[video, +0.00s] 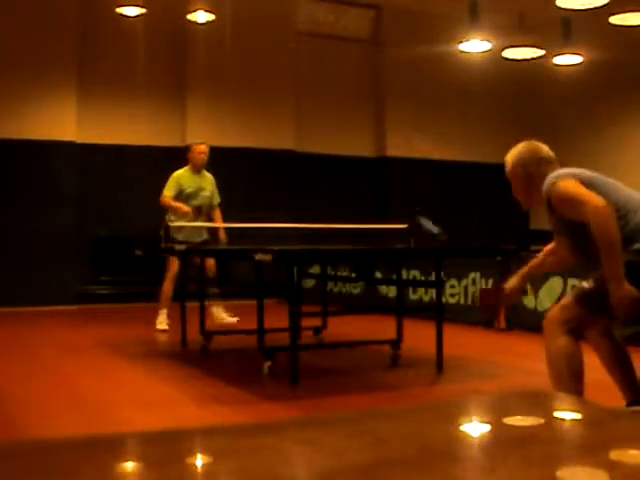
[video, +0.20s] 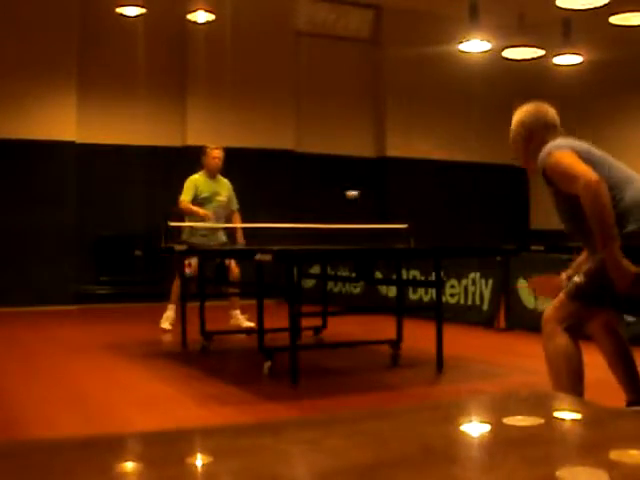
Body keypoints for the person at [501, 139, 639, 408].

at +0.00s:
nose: (513, 190)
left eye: (513, 181)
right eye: (511, 182)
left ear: (527, 176)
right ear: (545, 166)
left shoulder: (557, 185)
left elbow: (599, 210)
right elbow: (565, 249)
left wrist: (617, 282)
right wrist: (520, 279)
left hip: (635, 260)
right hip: (634, 259)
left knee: (557, 321)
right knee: (595, 326)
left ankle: (569, 417)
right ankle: (635, 401)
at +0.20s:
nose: (513, 148)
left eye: (514, 139)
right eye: (512, 140)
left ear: (528, 136)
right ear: (551, 130)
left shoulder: (552, 154)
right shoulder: (571, 148)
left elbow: (592, 184)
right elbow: (604, 228)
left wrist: (613, 258)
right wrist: (576, 270)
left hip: (630, 240)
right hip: (635, 239)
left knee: (554, 321)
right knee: (600, 321)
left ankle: (569, 418)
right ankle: (635, 400)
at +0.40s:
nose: (516, 101)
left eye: (517, 92)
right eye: (516, 92)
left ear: (526, 93)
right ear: (560, 89)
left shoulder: (546, 115)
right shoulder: (576, 117)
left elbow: (568, 157)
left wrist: (580, 231)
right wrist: (547, 238)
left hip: (616, 227)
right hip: (635, 225)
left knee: (548, 315)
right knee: (603, 316)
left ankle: (565, 410)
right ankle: (633, 397)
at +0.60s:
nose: (520, 60)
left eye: (521, 54)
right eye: (523, 54)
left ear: (525, 55)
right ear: (566, 56)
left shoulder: (536, 79)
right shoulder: (585, 89)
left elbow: (535, 121)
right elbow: (610, 157)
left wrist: (510, 196)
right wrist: (554, 196)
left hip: (592, 204)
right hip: (628, 200)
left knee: (547, 311)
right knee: (617, 305)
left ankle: (562, 413)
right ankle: (634, 397)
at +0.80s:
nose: (531, 41)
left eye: (532, 34)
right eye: (533, 34)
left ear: (538, 36)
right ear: (575, 39)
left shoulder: (541, 61)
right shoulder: (600, 77)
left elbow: (538, 96)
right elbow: (609, 140)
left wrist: (523, 170)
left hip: (570, 193)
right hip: (619, 196)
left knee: (528, 303)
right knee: (608, 309)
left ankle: (543, 406)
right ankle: (634, 406)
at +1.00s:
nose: (526, 59)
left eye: (528, 54)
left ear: (531, 57)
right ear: (572, 60)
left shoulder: (527, 83)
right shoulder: (592, 98)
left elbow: (530, 116)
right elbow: (603, 160)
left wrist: (520, 191)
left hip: (551, 209)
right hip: (604, 211)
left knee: (482, 310)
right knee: (611, 331)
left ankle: (471, 410)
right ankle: (634, 417)